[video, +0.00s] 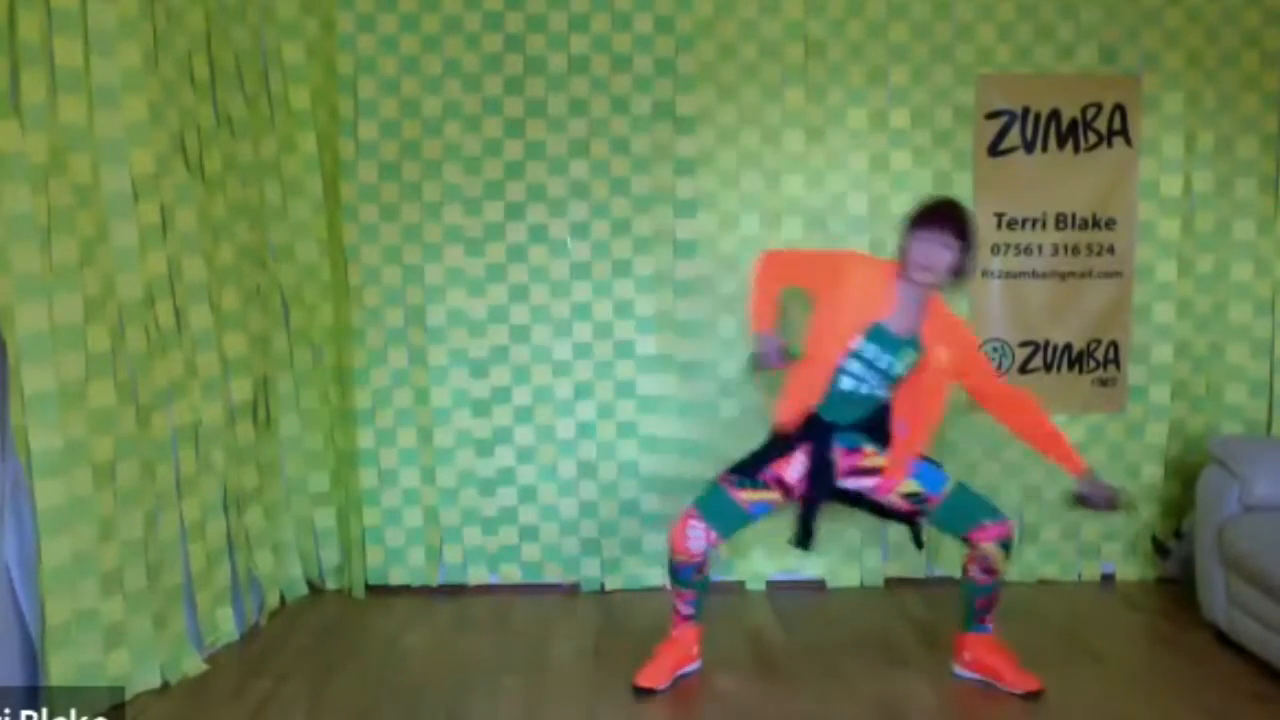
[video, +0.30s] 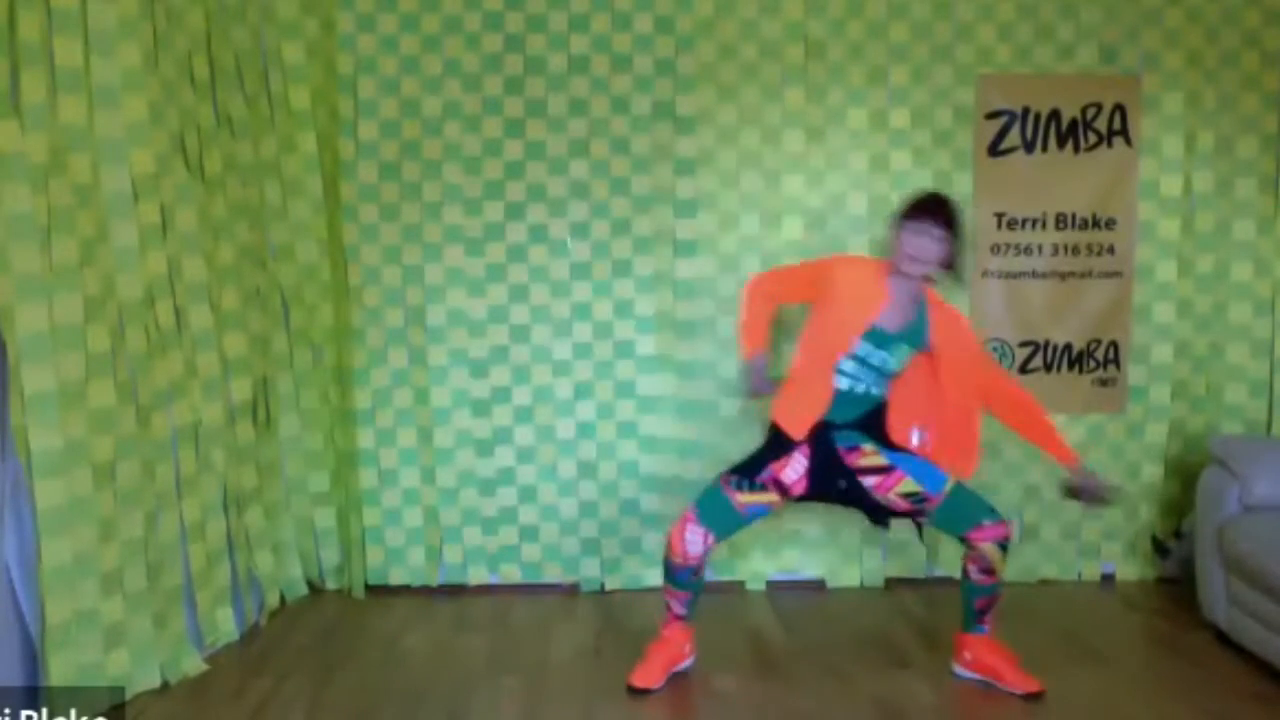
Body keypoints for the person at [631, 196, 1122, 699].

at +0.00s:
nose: (932, 253)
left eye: (946, 246)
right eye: (926, 239)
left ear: (959, 262)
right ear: (904, 241)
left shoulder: (951, 337)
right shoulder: (851, 275)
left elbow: (1008, 403)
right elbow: (772, 265)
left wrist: (1080, 471)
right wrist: (764, 332)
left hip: (877, 460)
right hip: (800, 446)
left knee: (990, 530)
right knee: (691, 534)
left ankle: (977, 645)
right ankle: (682, 640)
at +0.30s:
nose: (915, 256)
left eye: (929, 249)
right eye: (909, 242)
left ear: (945, 258)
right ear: (893, 238)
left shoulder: (944, 324)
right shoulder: (846, 276)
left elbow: (999, 392)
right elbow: (762, 287)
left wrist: (1069, 463)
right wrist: (755, 357)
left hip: (868, 454)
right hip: (795, 445)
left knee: (987, 531)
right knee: (688, 537)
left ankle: (976, 646)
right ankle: (674, 638)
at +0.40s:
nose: (836, 214)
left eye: (850, 205)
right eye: (832, 201)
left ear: (869, 219)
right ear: (817, 204)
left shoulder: (879, 284)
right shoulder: (775, 258)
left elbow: (934, 356)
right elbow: (701, 308)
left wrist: (988, 432)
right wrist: (693, 381)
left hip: (833, 428)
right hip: (762, 426)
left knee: (935, 527)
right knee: (674, 536)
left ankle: (972, 643)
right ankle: (673, 639)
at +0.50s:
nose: (786, 188)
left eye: (800, 178)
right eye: (779, 175)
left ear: (819, 187)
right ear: (763, 178)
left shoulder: (834, 247)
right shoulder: (726, 237)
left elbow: (877, 325)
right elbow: (674, 310)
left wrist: (920, 399)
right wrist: (663, 387)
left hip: (809, 401)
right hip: (738, 401)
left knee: (881, 514)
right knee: (674, 515)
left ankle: (952, 640)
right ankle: (673, 639)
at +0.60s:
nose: (747, 155)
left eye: (760, 146)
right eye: (738, 142)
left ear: (778, 156)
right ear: (721, 148)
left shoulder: (803, 217)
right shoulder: (691, 220)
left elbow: (830, 298)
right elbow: (656, 304)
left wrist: (860, 379)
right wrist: (641, 388)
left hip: (789, 373)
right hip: (719, 377)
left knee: (837, 492)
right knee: (681, 499)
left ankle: (880, 631)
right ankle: (674, 636)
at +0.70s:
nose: (722, 141)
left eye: (734, 129)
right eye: (711, 128)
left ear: (752, 136)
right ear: (694, 133)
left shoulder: (778, 196)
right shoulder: (670, 203)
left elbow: (804, 283)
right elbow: (644, 294)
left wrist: (820, 367)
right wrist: (627, 385)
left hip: (776, 359)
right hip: (705, 363)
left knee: (792, 497)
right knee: (688, 506)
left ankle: (797, 629)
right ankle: (676, 632)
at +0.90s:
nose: (704, 132)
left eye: (716, 122)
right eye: (694, 121)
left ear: (736, 134)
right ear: (676, 130)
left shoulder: (756, 208)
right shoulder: (643, 198)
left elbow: (765, 300)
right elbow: (614, 285)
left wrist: (757, 386)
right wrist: (611, 373)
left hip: (718, 367)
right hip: (646, 364)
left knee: (716, 506)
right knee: (646, 505)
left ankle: (713, 633)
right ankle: (655, 629)